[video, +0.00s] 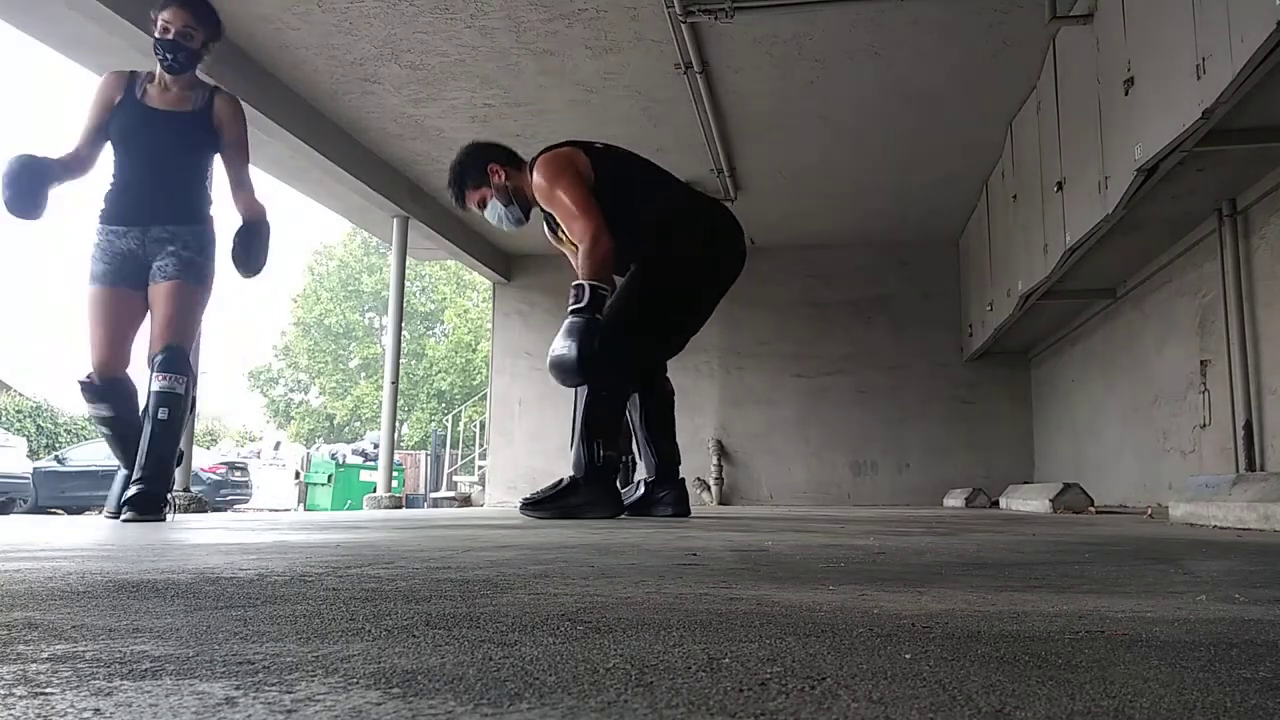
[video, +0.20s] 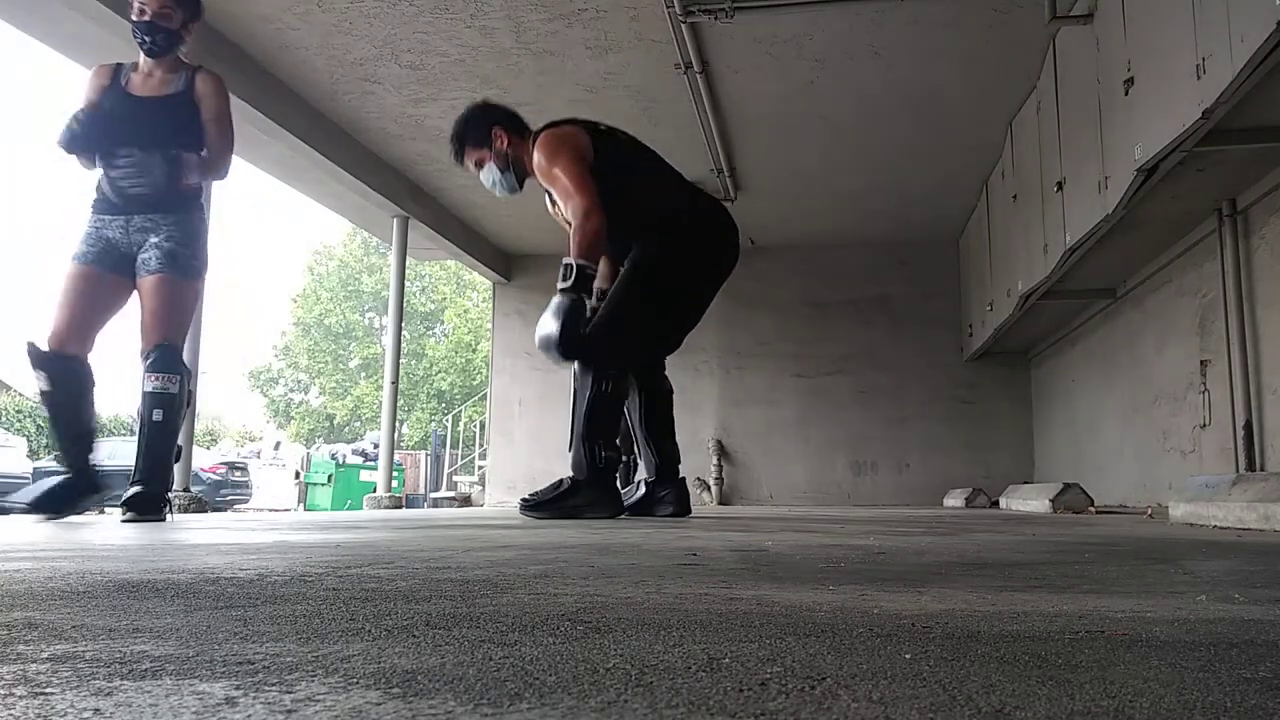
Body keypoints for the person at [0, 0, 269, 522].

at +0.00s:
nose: (172, 39)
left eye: (187, 33)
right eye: (166, 27)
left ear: (205, 45)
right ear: (153, 31)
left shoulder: (220, 105)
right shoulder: (119, 85)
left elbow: (241, 182)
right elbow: (81, 158)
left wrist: (255, 220)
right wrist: (44, 170)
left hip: (184, 237)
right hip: (118, 233)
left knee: (169, 361)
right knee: (103, 375)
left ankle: (151, 489)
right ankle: (138, 469)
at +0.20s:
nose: (149, 19)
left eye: (164, 12)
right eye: (142, 10)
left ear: (188, 23)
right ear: (132, 17)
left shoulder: (204, 84)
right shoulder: (107, 76)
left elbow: (221, 160)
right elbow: (87, 151)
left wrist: (191, 168)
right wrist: (80, 136)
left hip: (171, 224)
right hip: (108, 221)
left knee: (161, 354)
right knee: (62, 347)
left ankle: (150, 487)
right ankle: (81, 475)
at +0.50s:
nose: (108, 10)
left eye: (121, 4)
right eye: (100, 3)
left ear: (138, 9)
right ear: (83, 6)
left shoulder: (158, 67)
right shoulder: (47, 54)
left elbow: (195, 149)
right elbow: (14, 135)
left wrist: (160, 147)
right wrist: (34, 108)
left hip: (133, 216)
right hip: (59, 211)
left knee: (133, 354)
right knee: (17, 346)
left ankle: (146, 489)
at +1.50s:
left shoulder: (151, 31)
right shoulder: (29, 5)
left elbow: (147, 132)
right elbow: (1, 52)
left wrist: (157, 115)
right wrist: (26, 71)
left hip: (101, 176)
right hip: (20, 158)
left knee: (84, 337)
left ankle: (63, 484)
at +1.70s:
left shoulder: (114, 15)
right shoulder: (22, 10)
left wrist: (132, 101)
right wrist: (8, 43)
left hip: (82, 158)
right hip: (13, 145)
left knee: (78, 323)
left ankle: (64, 483)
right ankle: (62, 482)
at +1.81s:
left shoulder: (83, 17)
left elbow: (151, 100)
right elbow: (150, 99)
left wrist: (74, 108)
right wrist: (80, 107)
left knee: (73, 325)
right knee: (73, 323)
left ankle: (63, 485)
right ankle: (64, 485)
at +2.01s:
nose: (71, 13)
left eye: (73, 14)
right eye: (70, 11)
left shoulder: (38, 25)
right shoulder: (25, 13)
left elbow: (20, 99)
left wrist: (84, 98)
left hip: (25, 150)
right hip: (18, 151)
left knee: (89, 317)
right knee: (89, 316)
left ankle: (68, 470)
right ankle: (70, 469)